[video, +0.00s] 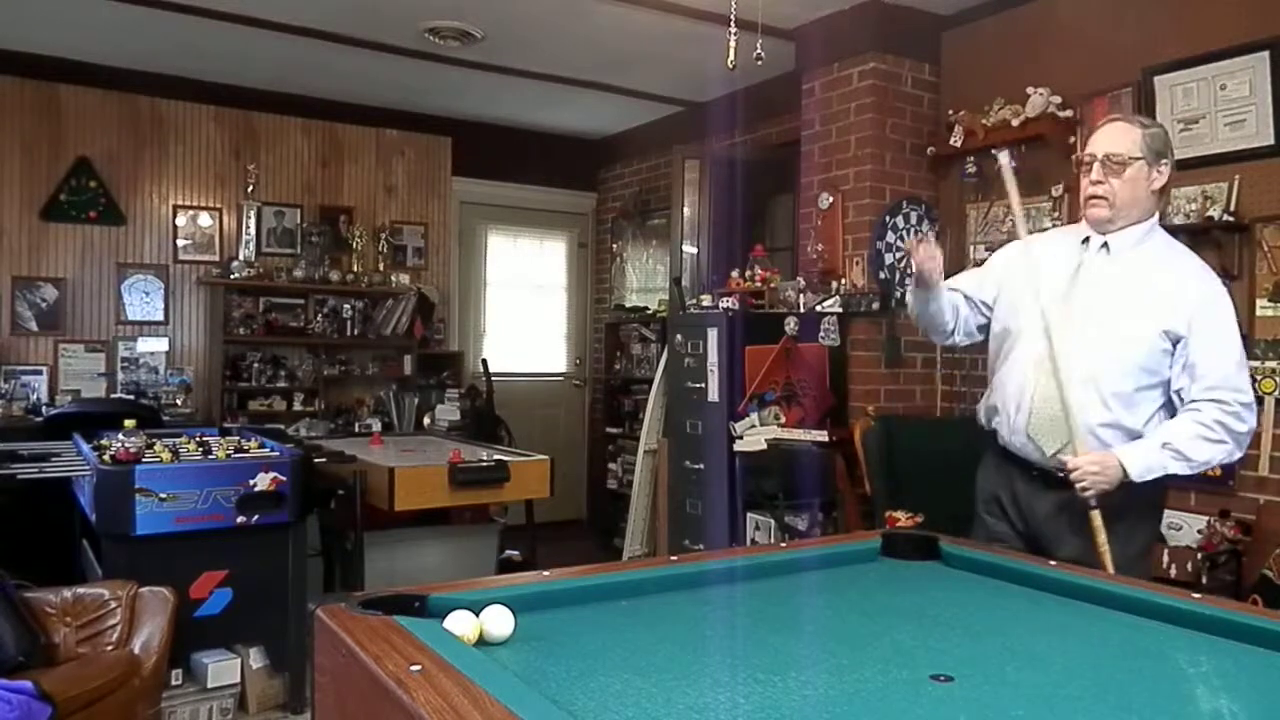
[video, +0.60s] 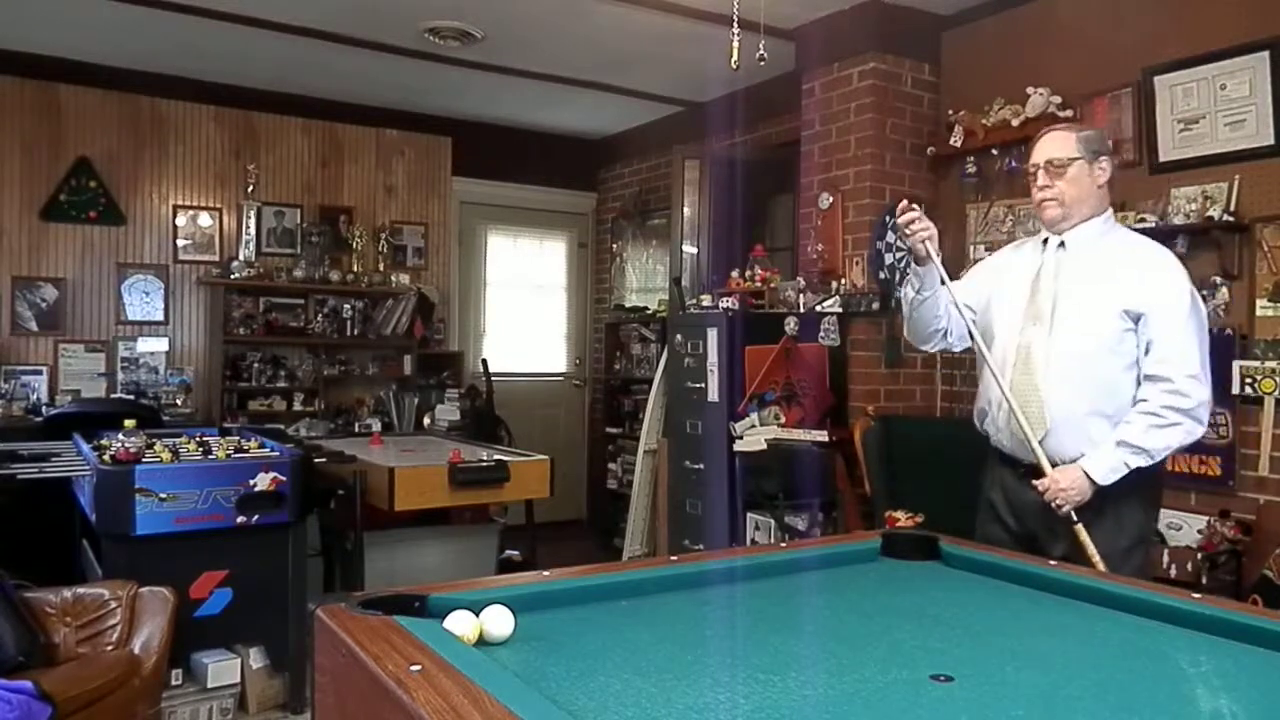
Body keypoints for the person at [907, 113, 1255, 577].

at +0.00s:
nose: (1093, 178)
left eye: (1114, 164)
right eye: (1088, 164)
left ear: (1157, 175)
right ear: (1077, 170)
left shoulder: (1191, 286)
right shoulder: (1027, 257)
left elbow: (1226, 415)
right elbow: (950, 321)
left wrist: (1125, 464)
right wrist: (928, 288)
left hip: (1111, 510)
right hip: (1006, 486)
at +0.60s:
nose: (1040, 183)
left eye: (1056, 169)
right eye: (1034, 173)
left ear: (1100, 172)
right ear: (1028, 184)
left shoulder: (1151, 268)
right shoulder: (1007, 265)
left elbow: (1180, 401)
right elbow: (934, 331)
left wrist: (1091, 471)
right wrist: (924, 266)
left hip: (1106, 500)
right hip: (1006, 487)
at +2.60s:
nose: (1267, 263)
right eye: (1253, 240)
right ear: (1211, 214)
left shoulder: (1273, 299)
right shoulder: (1129, 292)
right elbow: (1126, 436)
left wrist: (1265, 466)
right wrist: (1189, 544)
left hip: (1208, 517)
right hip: (1097, 510)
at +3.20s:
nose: (1189, 204)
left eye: (1214, 191)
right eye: (1177, 185)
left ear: (1258, 193)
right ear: (1160, 183)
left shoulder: (1271, 277)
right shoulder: (1100, 268)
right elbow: (1035, 385)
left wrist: (1258, 446)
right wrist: (1059, 486)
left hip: (1219, 530)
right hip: (1098, 520)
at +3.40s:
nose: (1124, 194)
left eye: (1143, 179)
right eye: (1115, 180)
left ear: (1193, 177)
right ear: (1105, 182)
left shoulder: (1253, 276)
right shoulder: (1072, 274)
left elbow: (1271, 408)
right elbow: (1025, 387)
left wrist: (1197, 421)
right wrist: (1029, 479)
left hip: (1200, 524)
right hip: (1085, 518)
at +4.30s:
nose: (1013, 198)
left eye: (1027, 181)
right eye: (1007, 187)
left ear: (1075, 178)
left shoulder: (1127, 260)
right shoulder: (1028, 274)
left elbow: (1187, 401)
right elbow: (1044, 384)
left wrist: (1086, 473)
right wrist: (998, 442)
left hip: (1118, 513)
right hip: (1032, 505)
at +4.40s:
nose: (1015, 200)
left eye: (1031, 183)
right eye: (1010, 186)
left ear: (1081, 182)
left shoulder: (1125, 267)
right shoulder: (1034, 266)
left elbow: (1164, 419)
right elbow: (1040, 377)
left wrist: (1059, 480)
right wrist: (994, 435)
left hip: (1108, 510)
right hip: (1019, 497)